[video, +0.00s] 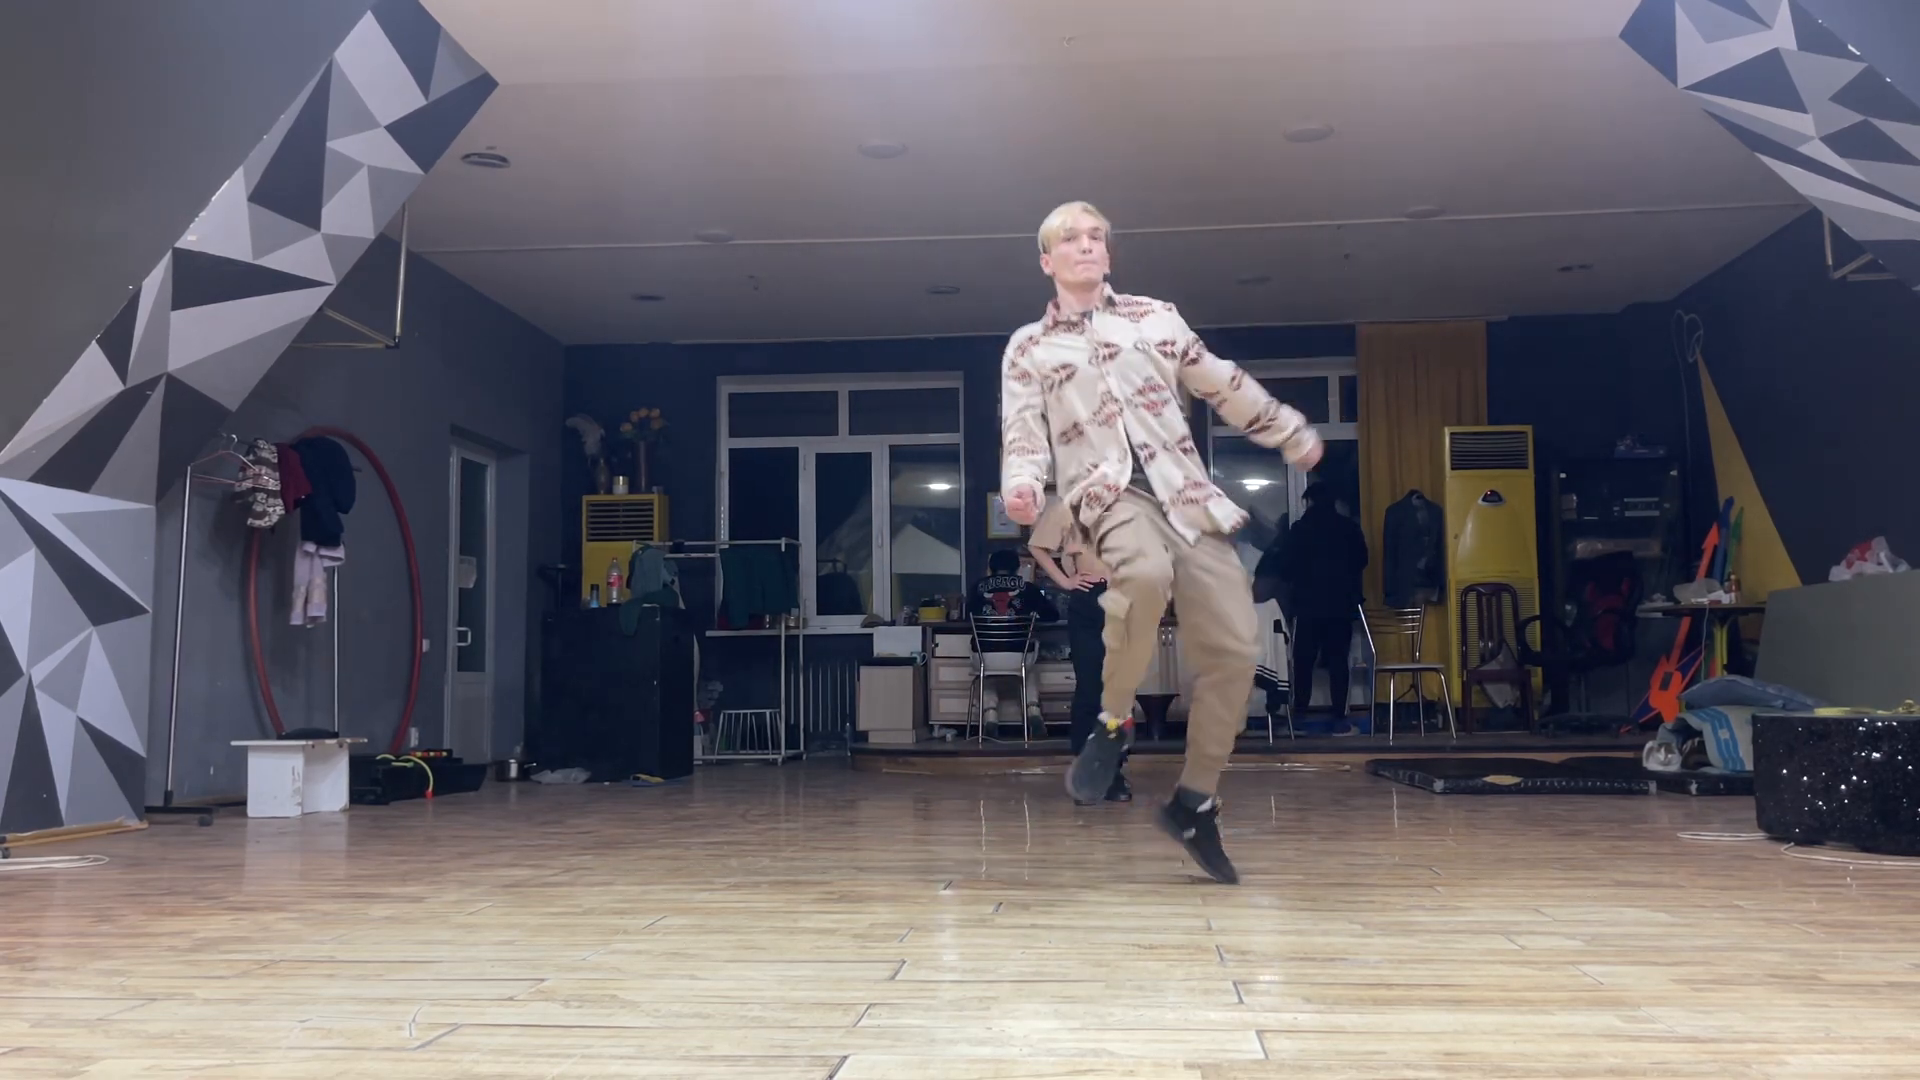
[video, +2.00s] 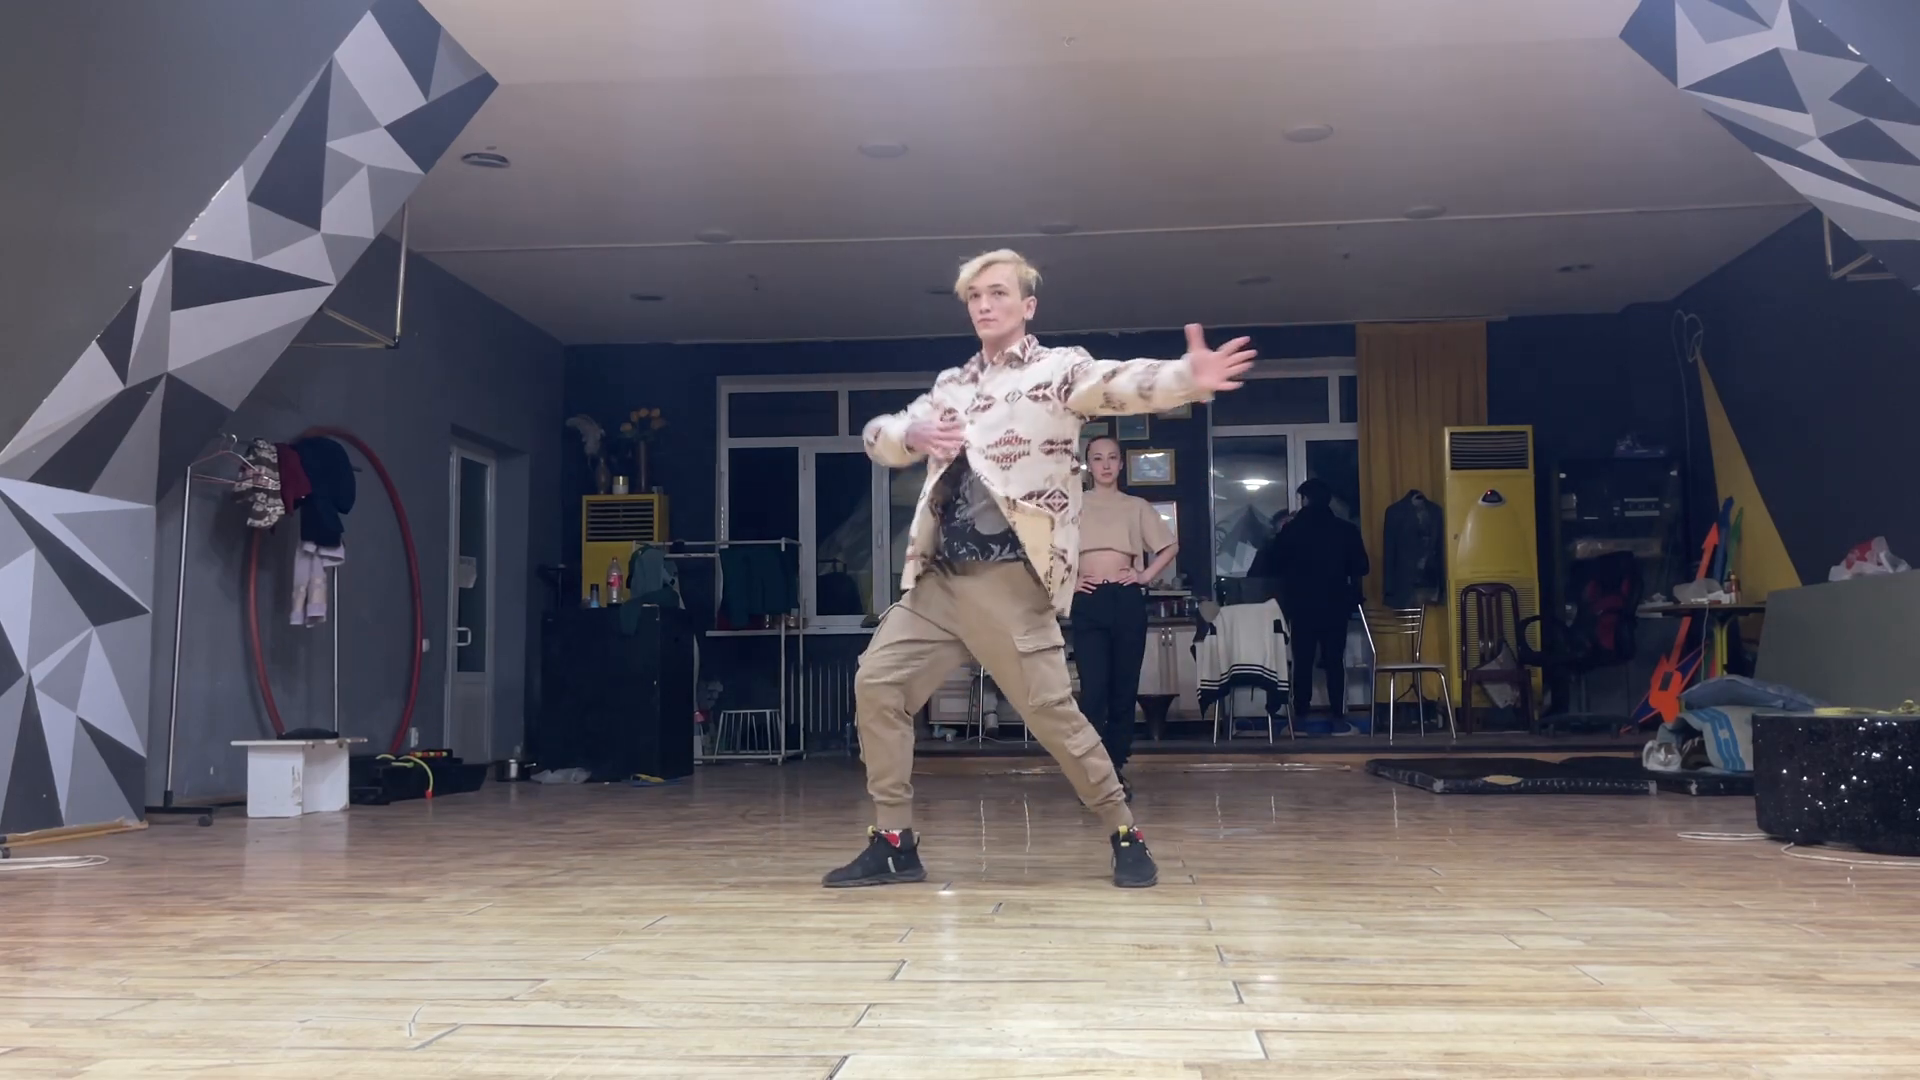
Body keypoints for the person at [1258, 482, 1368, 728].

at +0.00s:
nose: (1308, 505)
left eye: (1308, 501)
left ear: (1309, 502)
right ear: (1333, 501)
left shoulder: (1298, 530)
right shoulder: (1349, 528)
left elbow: (1286, 569)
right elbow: (1361, 561)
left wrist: (1289, 605)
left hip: (1307, 606)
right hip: (1341, 605)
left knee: (1303, 663)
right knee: (1338, 663)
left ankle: (1298, 718)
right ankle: (1339, 720)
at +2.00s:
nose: (1302, 502)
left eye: (1302, 498)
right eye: (1303, 499)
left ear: (1305, 500)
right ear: (1328, 500)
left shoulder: (1291, 530)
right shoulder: (1346, 529)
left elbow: (1270, 567)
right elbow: (1360, 567)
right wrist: (1337, 564)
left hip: (1301, 604)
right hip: (1335, 604)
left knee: (1302, 661)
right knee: (1335, 661)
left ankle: (1300, 717)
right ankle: (1338, 718)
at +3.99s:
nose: (1297, 503)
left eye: (1298, 499)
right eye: (1297, 499)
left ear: (1301, 500)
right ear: (1325, 500)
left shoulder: (1285, 530)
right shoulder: (1344, 530)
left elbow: (1270, 567)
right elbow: (1357, 567)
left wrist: (1283, 594)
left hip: (1298, 605)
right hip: (1332, 605)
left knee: (1300, 661)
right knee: (1333, 661)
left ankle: (1299, 719)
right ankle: (1337, 719)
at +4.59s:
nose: (1285, 509)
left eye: (1285, 505)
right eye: (1286, 505)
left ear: (1286, 505)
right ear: (1310, 503)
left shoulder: (1276, 530)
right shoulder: (1330, 526)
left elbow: (1264, 568)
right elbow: (1347, 561)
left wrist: (1277, 592)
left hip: (1294, 605)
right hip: (1328, 603)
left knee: (1299, 663)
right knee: (1331, 662)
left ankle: (1299, 718)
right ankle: (1336, 719)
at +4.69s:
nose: (1282, 510)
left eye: (1282, 506)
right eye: (1282, 506)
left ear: (1284, 506)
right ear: (1307, 503)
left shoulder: (1275, 530)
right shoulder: (1326, 525)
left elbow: (1262, 569)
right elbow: (1342, 560)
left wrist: (1277, 591)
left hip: (1293, 605)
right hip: (1327, 603)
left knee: (1299, 663)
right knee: (1330, 662)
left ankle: (1299, 720)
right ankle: (1336, 719)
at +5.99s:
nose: (1258, 514)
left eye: (1258, 510)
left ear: (1259, 510)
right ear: (1283, 506)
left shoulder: (1255, 532)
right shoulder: (1304, 523)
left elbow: (1240, 568)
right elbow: (1324, 554)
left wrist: (1268, 589)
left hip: (1283, 602)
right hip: (1316, 598)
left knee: (1293, 660)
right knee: (1328, 657)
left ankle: (1297, 717)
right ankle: (1337, 714)